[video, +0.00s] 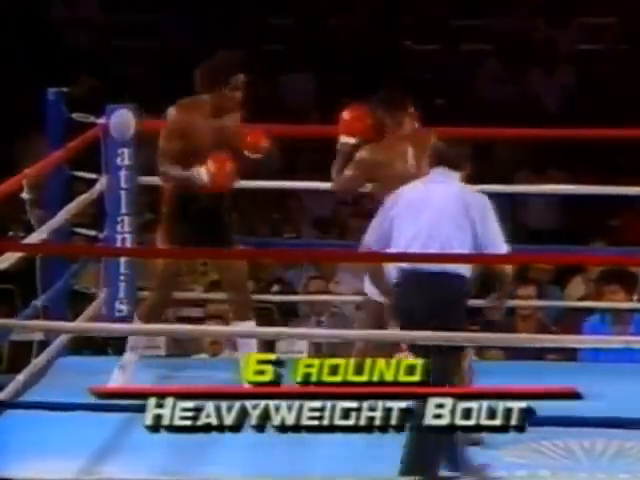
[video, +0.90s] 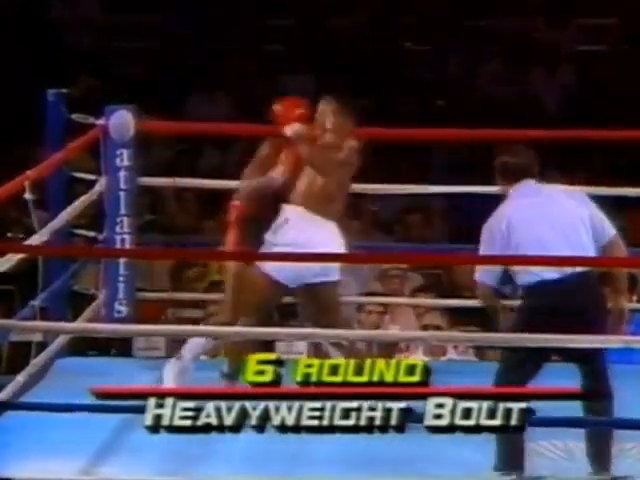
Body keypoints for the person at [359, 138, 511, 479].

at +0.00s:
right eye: (470, 170)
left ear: (430, 163)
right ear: (464, 170)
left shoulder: (401, 195)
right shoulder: (473, 199)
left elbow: (369, 252)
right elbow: (500, 260)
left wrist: (390, 292)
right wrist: (500, 298)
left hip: (408, 283)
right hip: (450, 284)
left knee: (434, 369)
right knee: (442, 374)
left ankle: (453, 454)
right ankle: (418, 465)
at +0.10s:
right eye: (489, 173)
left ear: (449, 168)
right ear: (483, 172)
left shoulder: (421, 201)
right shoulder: (494, 202)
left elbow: (391, 259)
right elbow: (520, 259)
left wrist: (411, 295)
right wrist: (528, 292)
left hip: (431, 289)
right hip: (474, 289)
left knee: (463, 379)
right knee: (451, 381)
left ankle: (507, 460)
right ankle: (424, 468)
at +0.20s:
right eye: (498, 168)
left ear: (459, 168)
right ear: (495, 170)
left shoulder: (434, 205)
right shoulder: (507, 201)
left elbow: (410, 265)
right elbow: (539, 261)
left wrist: (431, 298)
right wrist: (539, 290)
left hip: (449, 291)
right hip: (493, 290)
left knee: (479, 381)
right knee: (476, 382)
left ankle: (515, 464)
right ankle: (432, 469)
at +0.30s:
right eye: (514, 166)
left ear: (474, 168)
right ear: (512, 167)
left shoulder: (453, 202)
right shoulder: (526, 198)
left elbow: (434, 261)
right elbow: (556, 256)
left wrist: (456, 292)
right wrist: (569, 298)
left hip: (469, 290)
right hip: (513, 289)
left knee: (491, 373)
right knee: (526, 376)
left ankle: (513, 464)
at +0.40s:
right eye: (522, 161)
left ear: (486, 163)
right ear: (522, 161)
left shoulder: (464, 197)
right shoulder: (539, 194)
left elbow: (440, 256)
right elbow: (570, 255)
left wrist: (462, 286)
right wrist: (579, 308)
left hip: (482, 290)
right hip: (527, 289)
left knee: (500, 376)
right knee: (548, 371)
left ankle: (509, 458)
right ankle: (532, 440)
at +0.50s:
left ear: (500, 159)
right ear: (537, 159)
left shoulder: (479, 193)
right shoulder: (556, 190)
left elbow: (453, 252)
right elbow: (584, 251)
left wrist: (478, 281)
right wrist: (595, 303)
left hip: (498, 286)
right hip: (545, 284)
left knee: (506, 375)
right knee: (564, 368)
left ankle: (512, 464)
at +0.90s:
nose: (498, 184)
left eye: (499, 179)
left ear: (502, 180)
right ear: (536, 173)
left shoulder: (500, 219)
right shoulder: (574, 197)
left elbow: (484, 286)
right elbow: (617, 252)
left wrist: (502, 314)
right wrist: (619, 299)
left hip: (539, 301)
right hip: (587, 296)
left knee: (509, 379)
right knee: (594, 373)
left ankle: (510, 466)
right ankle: (601, 464)